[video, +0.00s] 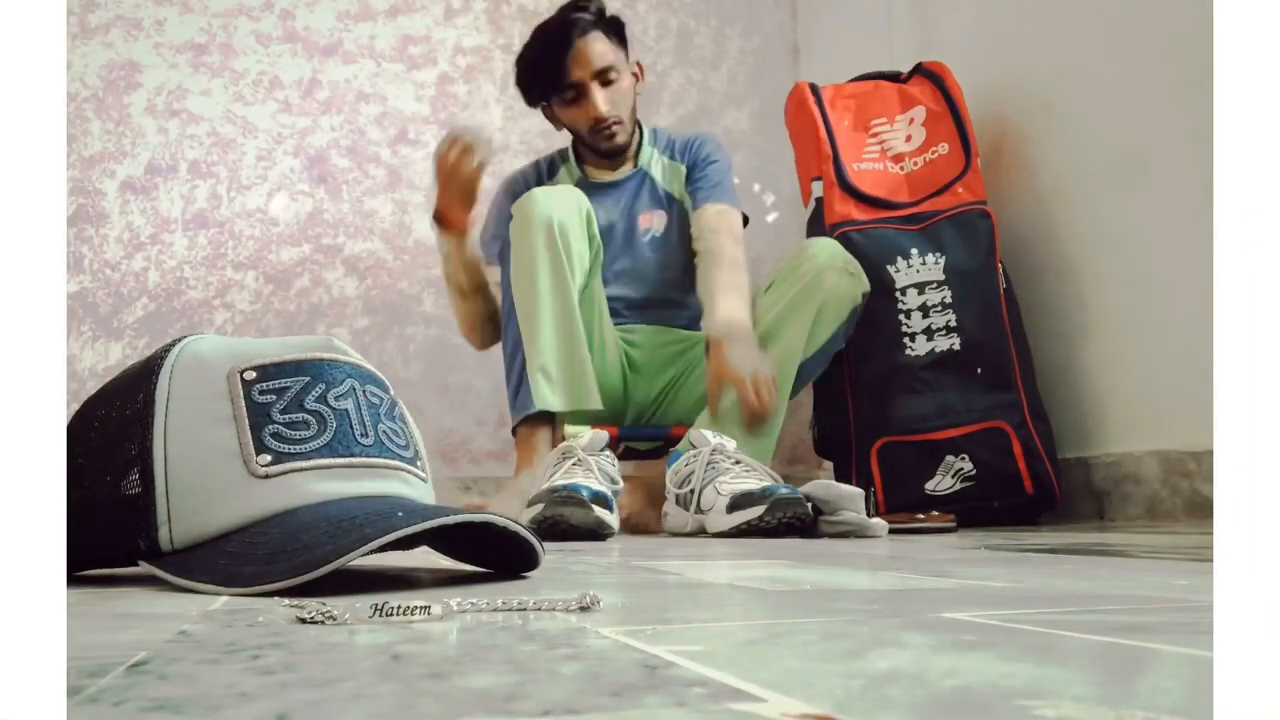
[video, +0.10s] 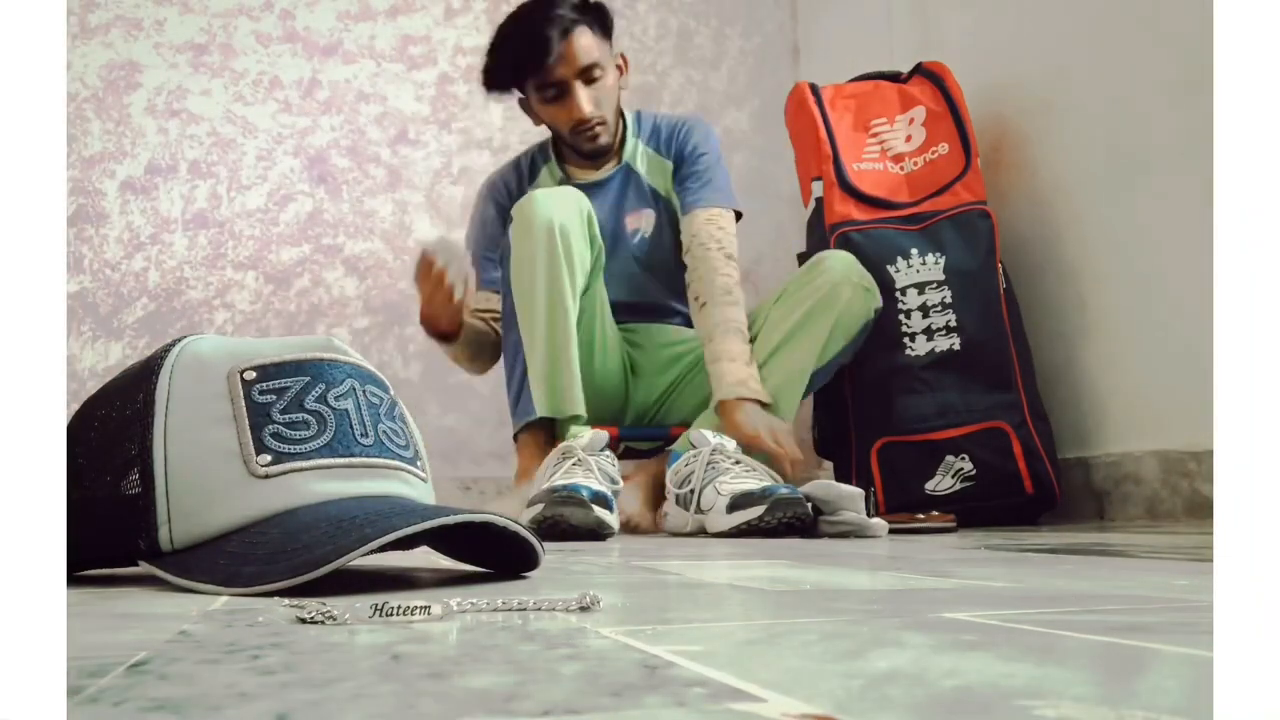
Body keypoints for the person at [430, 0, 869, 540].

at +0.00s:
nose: (600, 109)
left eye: (608, 81)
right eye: (573, 97)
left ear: (635, 76)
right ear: (551, 112)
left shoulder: (695, 155)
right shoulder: (529, 188)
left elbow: (719, 240)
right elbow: (482, 331)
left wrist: (730, 328)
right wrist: (452, 234)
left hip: (688, 372)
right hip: (586, 368)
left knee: (831, 263)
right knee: (548, 205)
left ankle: (716, 460)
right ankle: (576, 454)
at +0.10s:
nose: (583, 109)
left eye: (592, 79)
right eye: (554, 93)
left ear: (620, 71)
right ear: (527, 103)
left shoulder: (684, 142)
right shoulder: (507, 191)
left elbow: (715, 275)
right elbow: (484, 351)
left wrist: (738, 399)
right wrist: (449, 331)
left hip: (680, 368)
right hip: (579, 368)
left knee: (846, 277)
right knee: (546, 209)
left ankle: (704, 455)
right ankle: (567, 453)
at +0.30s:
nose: (570, 112)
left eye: (579, 80)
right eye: (541, 99)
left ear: (608, 67)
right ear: (517, 111)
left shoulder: (676, 137)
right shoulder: (497, 192)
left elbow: (719, 253)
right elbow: (479, 367)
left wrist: (740, 339)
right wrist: (458, 341)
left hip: (682, 366)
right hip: (579, 366)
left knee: (841, 280)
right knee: (549, 208)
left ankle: (704, 459)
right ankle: (572, 452)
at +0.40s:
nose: (572, 102)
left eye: (583, 74)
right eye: (548, 88)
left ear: (615, 71)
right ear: (526, 103)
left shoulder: (681, 145)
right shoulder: (509, 184)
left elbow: (746, 288)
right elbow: (447, 314)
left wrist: (731, 250)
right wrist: (505, 235)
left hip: (687, 367)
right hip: (586, 365)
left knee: (830, 270)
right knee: (551, 210)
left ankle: (706, 458)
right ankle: (573, 454)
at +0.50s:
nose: (594, 136)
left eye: (611, 112)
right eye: (574, 115)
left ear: (645, 96)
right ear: (555, 109)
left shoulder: (692, 161)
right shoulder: (526, 175)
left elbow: (735, 270)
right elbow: (442, 250)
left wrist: (684, 234)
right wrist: (530, 207)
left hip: (675, 378)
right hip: (578, 378)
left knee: (810, 260)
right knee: (540, 223)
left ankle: (675, 465)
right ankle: (551, 456)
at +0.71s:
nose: (651, 130)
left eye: (675, 114)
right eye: (638, 105)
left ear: (706, 110)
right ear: (618, 90)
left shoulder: (731, 168)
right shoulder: (561, 157)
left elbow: (718, 287)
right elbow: (458, 242)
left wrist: (649, 273)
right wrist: (506, 236)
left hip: (685, 369)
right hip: (587, 360)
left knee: (799, 266)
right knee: (563, 204)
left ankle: (644, 473)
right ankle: (569, 455)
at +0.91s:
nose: (657, 114)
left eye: (684, 99)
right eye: (647, 87)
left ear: (717, 102)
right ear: (625, 69)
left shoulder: (739, 170)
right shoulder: (563, 154)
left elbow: (712, 296)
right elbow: (495, 260)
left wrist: (615, 328)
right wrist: (481, 281)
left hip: (675, 381)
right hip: (583, 378)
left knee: (806, 271)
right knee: (567, 202)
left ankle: (654, 472)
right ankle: (543, 457)